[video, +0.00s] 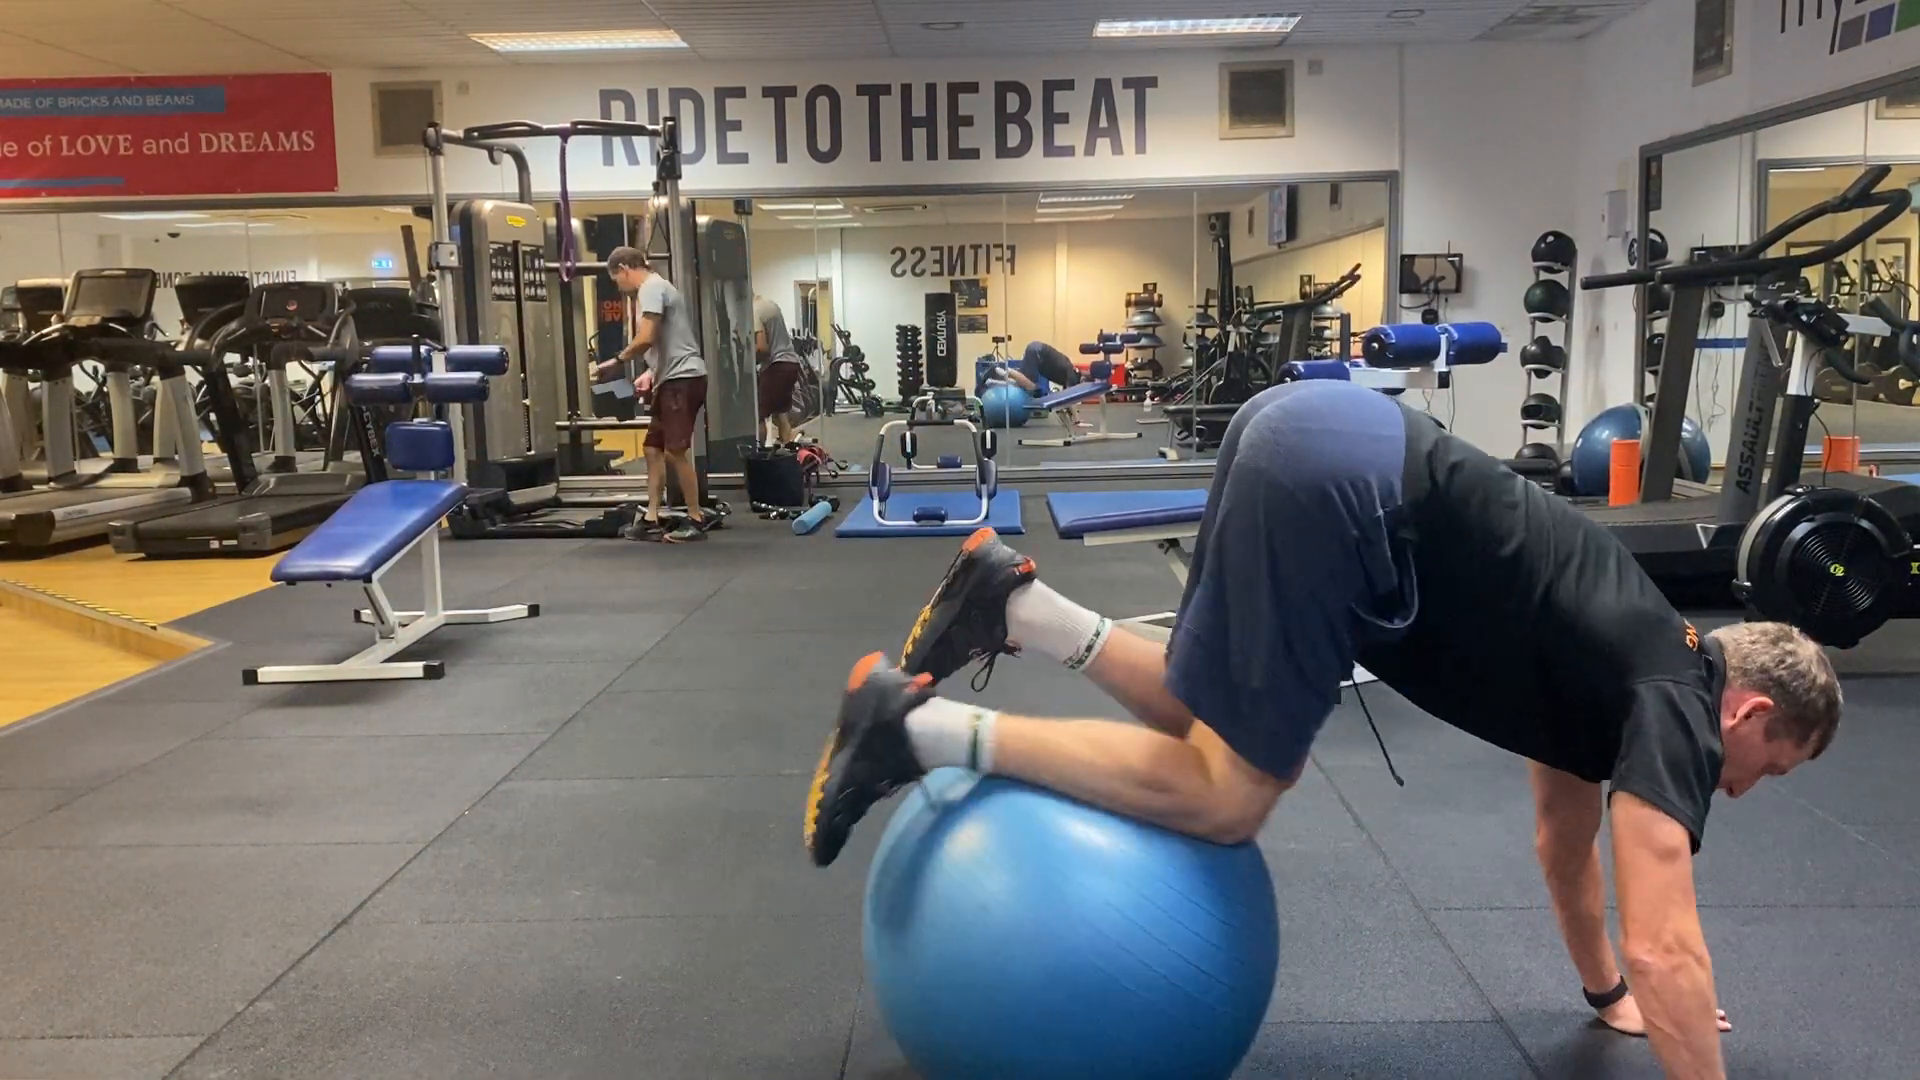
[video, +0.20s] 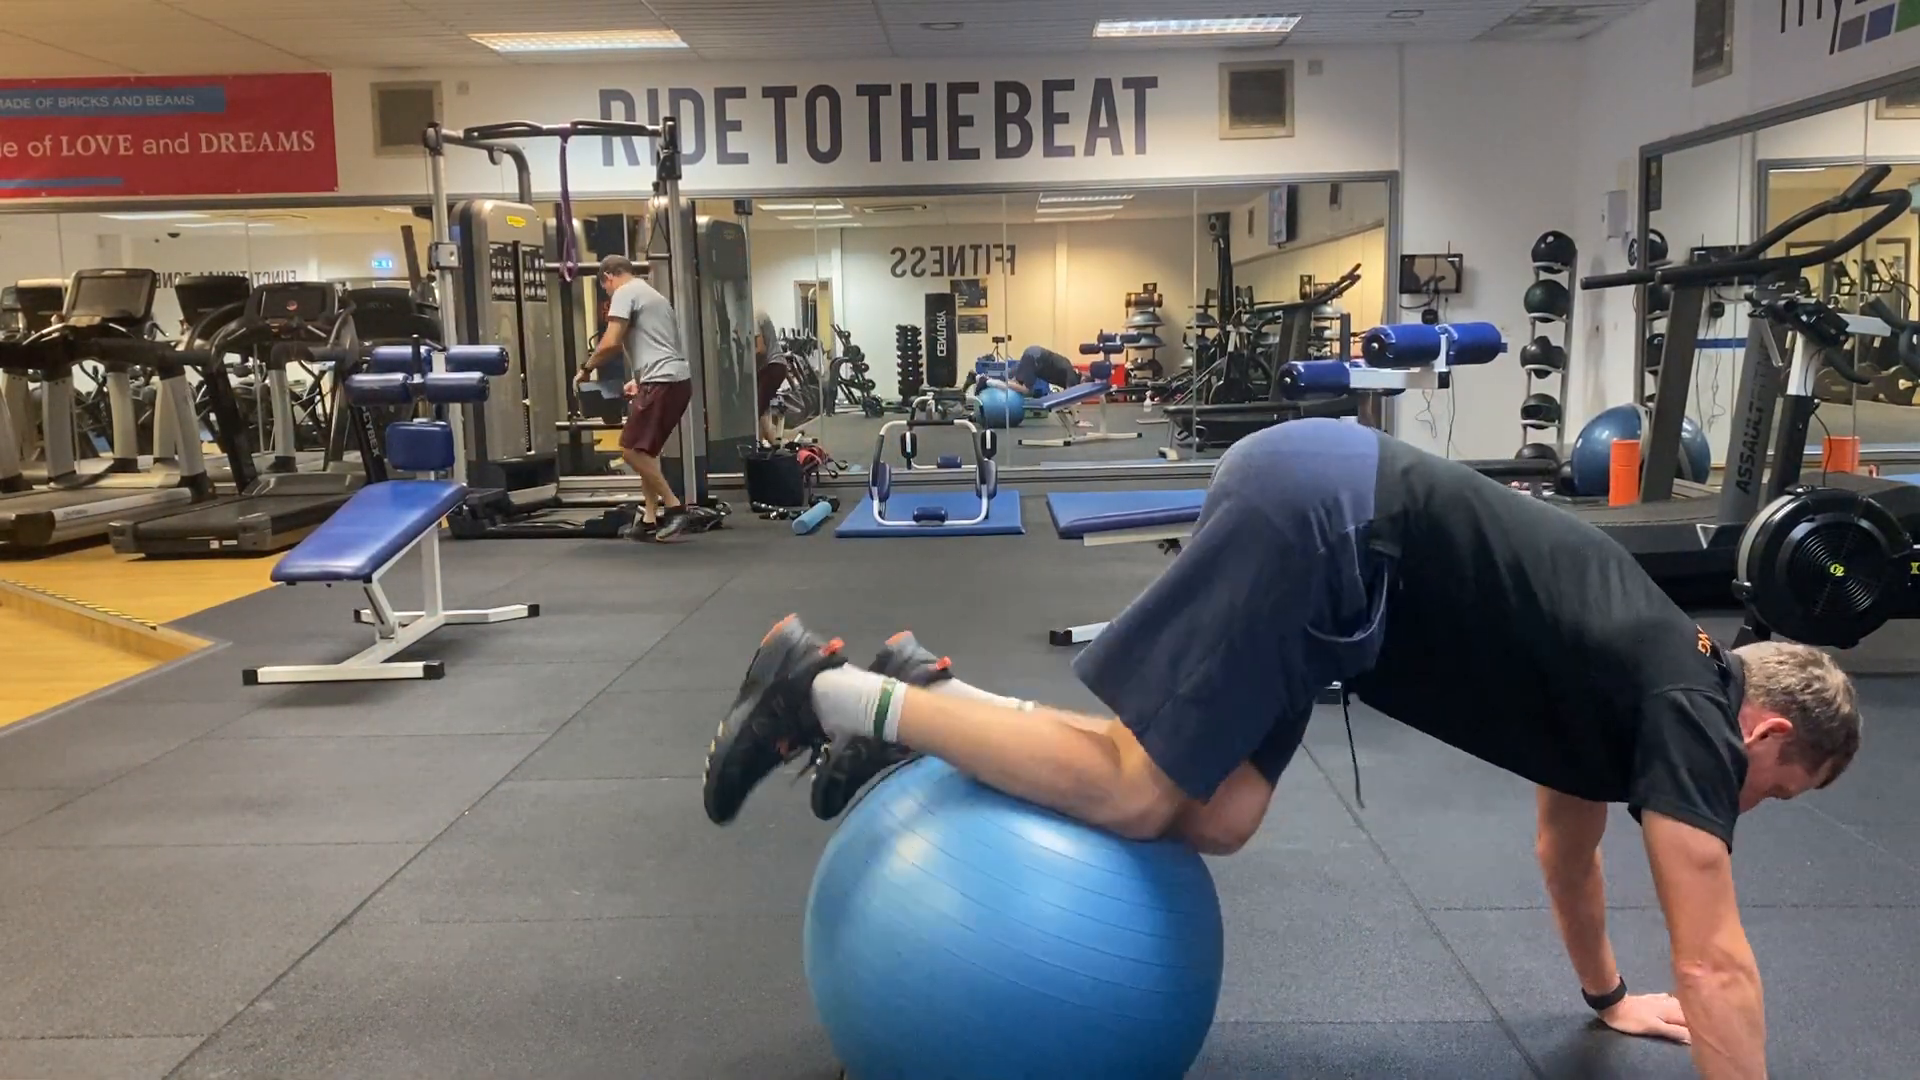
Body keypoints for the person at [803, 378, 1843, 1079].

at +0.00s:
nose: (1751, 779)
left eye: (1770, 771)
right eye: (1766, 759)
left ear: (1722, 662)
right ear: (1742, 702)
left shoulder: (1613, 648)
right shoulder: (1669, 698)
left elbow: (1570, 841)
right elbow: (1666, 961)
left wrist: (1610, 992)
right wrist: (1708, 1072)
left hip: (1317, 423)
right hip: (1337, 467)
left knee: (1213, 704)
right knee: (1225, 793)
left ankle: (1012, 603)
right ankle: (909, 723)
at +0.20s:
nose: (1767, 802)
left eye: (1785, 792)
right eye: (1784, 780)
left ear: (1741, 679)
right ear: (1767, 723)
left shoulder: (1627, 658)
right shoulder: (1687, 701)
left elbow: (1567, 845)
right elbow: (1716, 977)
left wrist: (1608, 996)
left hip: (1332, 528)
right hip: (1331, 499)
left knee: (1218, 810)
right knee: (1125, 782)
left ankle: (932, 717)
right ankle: (834, 688)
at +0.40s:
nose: (1750, 818)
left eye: (1769, 808)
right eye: (1768, 798)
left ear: (1732, 686)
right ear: (1759, 747)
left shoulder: (1612, 655)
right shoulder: (1677, 701)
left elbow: (1565, 842)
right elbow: (1708, 967)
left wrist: (1610, 997)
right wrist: (1749, 1070)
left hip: (1300, 450)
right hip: (1314, 478)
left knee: (1149, 752)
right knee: (1181, 795)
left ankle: (888, 712)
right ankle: (913, 635)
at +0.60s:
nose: (1762, 790)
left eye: (1781, 781)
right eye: (1779, 772)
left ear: (1740, 668)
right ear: (1766, 720)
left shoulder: (1620, 646)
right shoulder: (1691, 705)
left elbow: (1565, 839)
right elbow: (1715, 964)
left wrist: (1607, 991)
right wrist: (1741, 1078)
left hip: (1280, 460)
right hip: (1312, 513)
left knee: (1126, 743)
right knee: (1191, 826)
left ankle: (885, 670)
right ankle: (904, 733)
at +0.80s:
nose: (1777, 784)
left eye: (1793, 770)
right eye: (1794, 764)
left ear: (1749, 672)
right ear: (1773, 709)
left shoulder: (1628, 648)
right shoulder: (1692, 704)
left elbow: (1564, 843)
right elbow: (1721, 972)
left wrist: (1608, 993)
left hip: (1310, 505)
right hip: (1309, 542)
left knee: (1136, 799)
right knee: (1114, 818)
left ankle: (874, 684)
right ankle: (825, 728)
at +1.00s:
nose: (1770, 788)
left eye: (1787, 776)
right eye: (1789, 771)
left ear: (1747, 674)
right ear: (1775, 718)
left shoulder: (1626, 649)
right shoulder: (1692, 710)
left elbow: (1561, 847)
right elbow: (1717, 974)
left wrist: (1609, 1000)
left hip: (1285, 509)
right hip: (1301, 556)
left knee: (1114, 816)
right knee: (1135, 871)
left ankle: (868, 685)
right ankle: (875, 689)